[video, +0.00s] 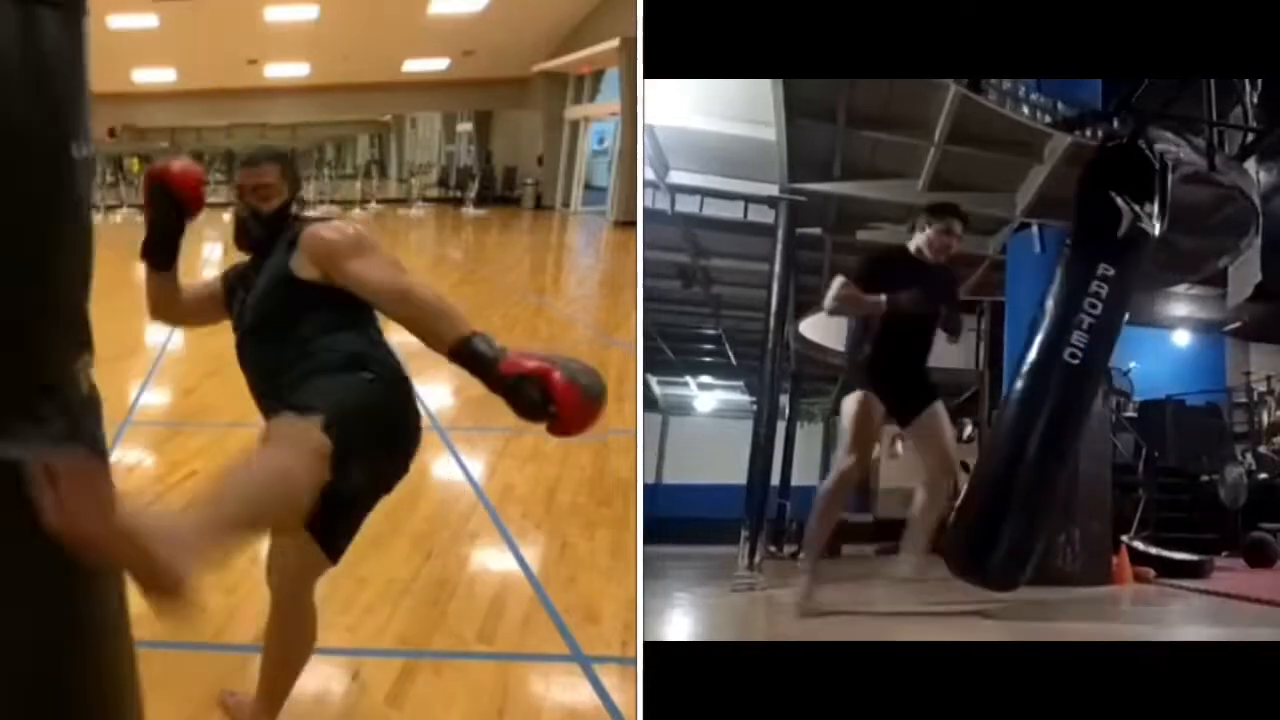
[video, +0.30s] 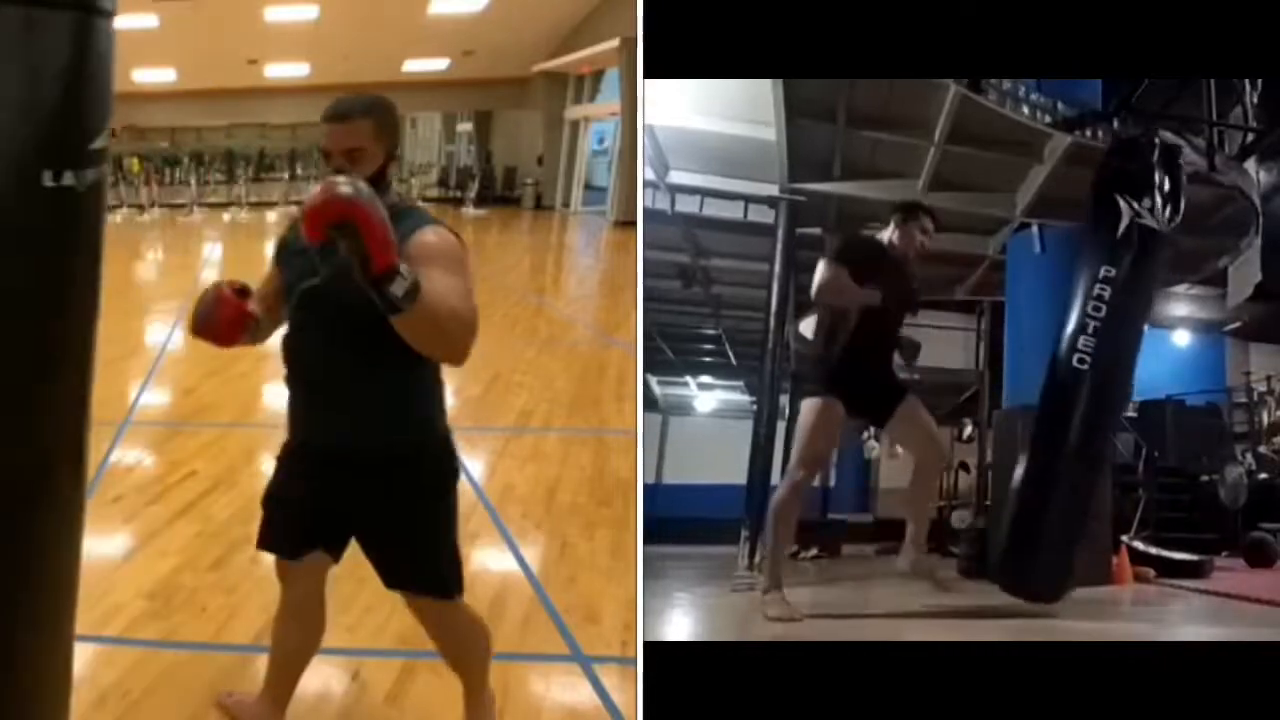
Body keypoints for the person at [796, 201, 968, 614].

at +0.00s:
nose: (949, 243)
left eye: (955, 238)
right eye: (944, 233)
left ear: (957, 243)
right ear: (921, 229)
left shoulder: (944, 279)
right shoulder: (884, 261)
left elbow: (953, 330)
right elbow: (834, 301)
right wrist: (888, 302)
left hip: (913, 382)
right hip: (868, 376)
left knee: (943, 478)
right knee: (852, 463)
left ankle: (908, 569)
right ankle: (806, 569)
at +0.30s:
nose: (925, 244)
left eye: (928, 238)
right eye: (921, 233)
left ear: (917, 239)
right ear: (897, 226)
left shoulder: (903, 276)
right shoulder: (857, 245)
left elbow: (882, 322)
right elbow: (823, 288)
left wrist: (900, 343)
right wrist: (874, 298)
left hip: (876, 379)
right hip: (831, 373)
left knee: (932, 455)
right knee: (802, 474)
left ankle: (914, 552)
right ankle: (771, 588)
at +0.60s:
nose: (913, 245)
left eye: (919, 240)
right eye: (908, 236)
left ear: (924, 248)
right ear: (886, 235)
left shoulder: (916, 283)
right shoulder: (849, 267)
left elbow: (940, 333)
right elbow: (841, 322)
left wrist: (934, 284)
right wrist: (890, 287)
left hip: (884, 390)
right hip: (838, 383)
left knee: (893, 488)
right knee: (810, 470)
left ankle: (904, 584)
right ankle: (776, 587)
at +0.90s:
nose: (916, 251)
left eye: (923, 247)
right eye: (912, 240)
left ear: (925, 254)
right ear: (891, 235)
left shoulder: (913, 288)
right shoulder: (850, 266)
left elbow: (934, 341)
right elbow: (838, 308)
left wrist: (929, 294)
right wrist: (885, 277)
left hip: (890, 395)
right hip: (843, 390)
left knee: (904, 489)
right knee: (812, 480)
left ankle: (905, 584)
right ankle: (780, 583)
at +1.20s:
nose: (910, 256)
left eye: (916, 250)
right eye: (904, 245)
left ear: (918, 255)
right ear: (881, 243)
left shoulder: (911, 289)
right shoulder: (844, 277)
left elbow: (948, 336)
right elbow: (817, 325)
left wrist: (941, 307)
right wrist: (872, 298)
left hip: (892, 397)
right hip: (845, 393)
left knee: (931, 482)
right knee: (811, 481)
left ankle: (961, 570)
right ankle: (784, 580)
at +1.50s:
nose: (960, 298)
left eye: (965, 293)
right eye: (961, 288)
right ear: (942, 275)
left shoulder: (928, 312)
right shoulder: (905, 283)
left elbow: (918, 349)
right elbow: (910, 327)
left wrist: (949, 338)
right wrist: (948, 326)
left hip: (898, 404)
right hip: (860, 398)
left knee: (940, 482)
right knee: (839, 494)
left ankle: (951, 582)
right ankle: (785, 583)